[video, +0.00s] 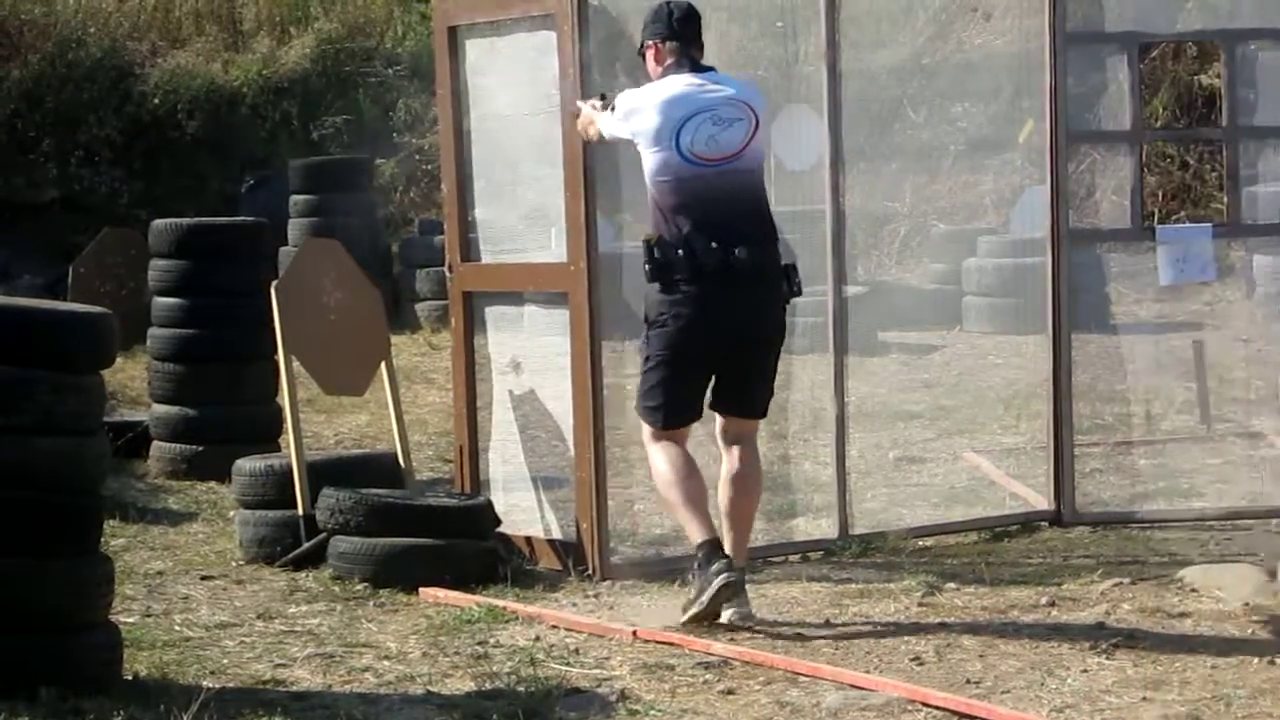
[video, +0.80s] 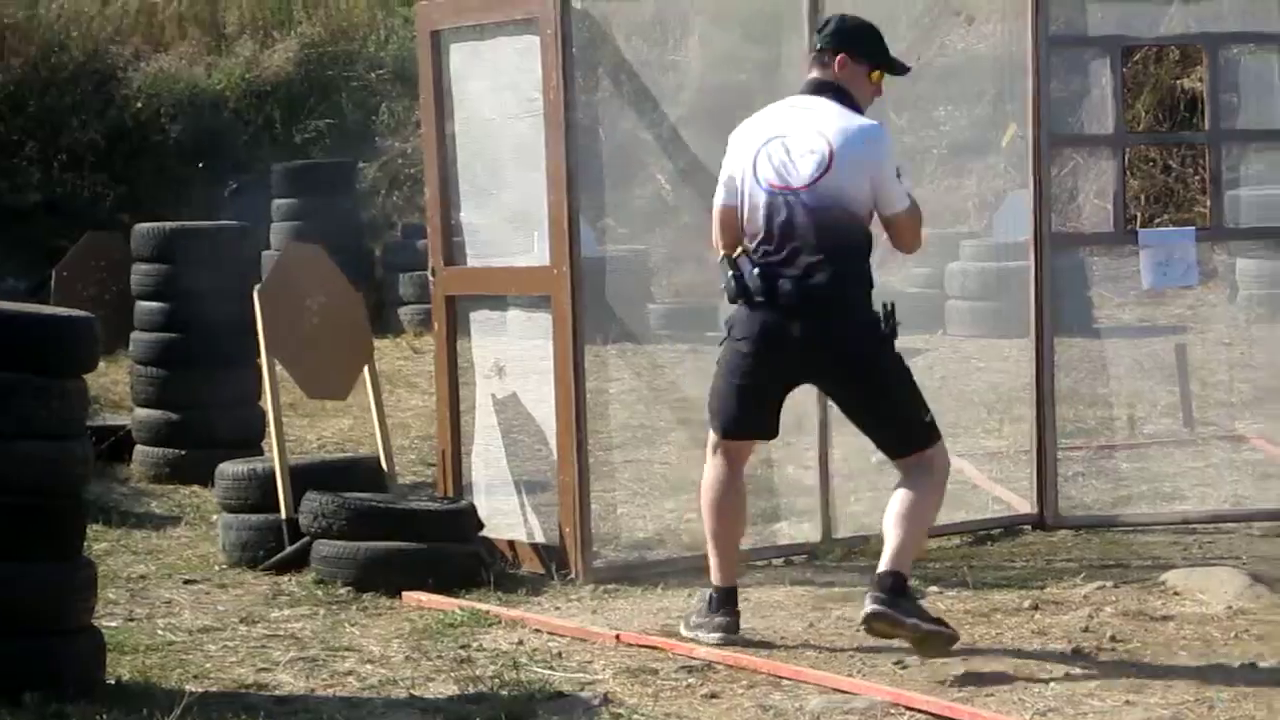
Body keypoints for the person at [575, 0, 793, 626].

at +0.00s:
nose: (645, 63)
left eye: (645, 55)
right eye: (646, 56)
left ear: (656, 53)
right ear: (701, 47)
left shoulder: (649, 104)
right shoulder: (752, 93)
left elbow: (592, 125)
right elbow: (708, 102)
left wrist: (590, 110)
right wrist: (675, 77)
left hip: (688, 296)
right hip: (761, 292)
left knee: (664, 435)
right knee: (740, 434)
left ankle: (710, 560)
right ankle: (733, 584)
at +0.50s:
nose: (709, 50)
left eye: (710, 40)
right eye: (712, 40)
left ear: (721, 38)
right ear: (765, 36)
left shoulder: (708, 89)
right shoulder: (815, 87)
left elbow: (652, 137)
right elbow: (753, 125)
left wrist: (640, 123)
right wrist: (687, 123)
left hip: (736, 286)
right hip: (814, 282)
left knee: (723, 444)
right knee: (804, 427)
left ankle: (739, 601)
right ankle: (826, 566)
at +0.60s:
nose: (750, 40)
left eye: (749, 32)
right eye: (777, 31)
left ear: (751, 35)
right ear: (804, 36)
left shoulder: (722, 88)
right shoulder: (832, 87)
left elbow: (666, 155)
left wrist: (673, 120)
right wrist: (711, 111)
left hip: (749, 289)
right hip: (829, 288)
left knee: (728, 443)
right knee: (846, 436)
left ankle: (740, 599)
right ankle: (858, 571)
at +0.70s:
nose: (855, 61)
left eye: (855, 52)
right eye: (852, 50)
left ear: (794, 41)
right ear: (830, 42)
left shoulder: (739, 101)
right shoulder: (863, 107)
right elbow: (858, 185)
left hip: (763, 296)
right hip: (845, 296)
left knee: (731, 441)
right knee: (889, 442)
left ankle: (743, 598)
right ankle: (888, 576)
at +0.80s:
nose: (881, 89)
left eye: (883, 77)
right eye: (877, 76)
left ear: (828, 67)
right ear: (843, 65)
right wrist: (886, 188)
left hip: (757, 326)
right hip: (841, 328)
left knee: (726, 452)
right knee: (925, 463)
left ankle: (720, 605)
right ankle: (890, 588)